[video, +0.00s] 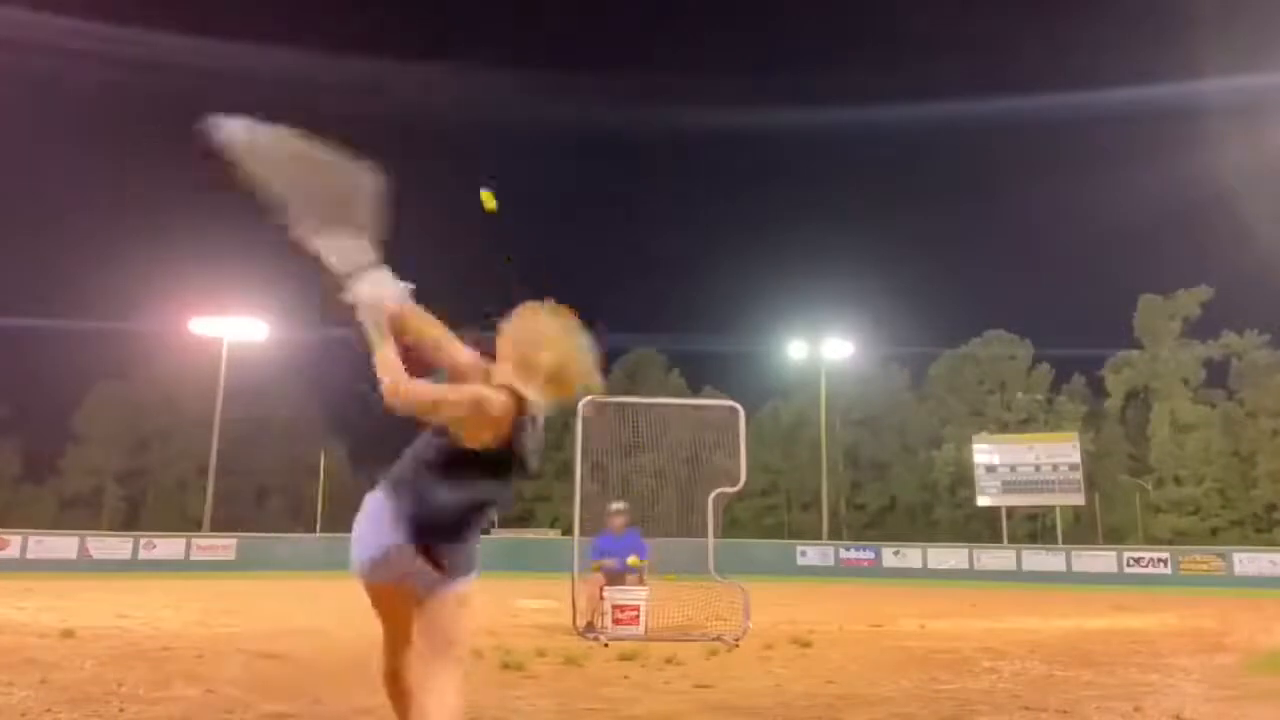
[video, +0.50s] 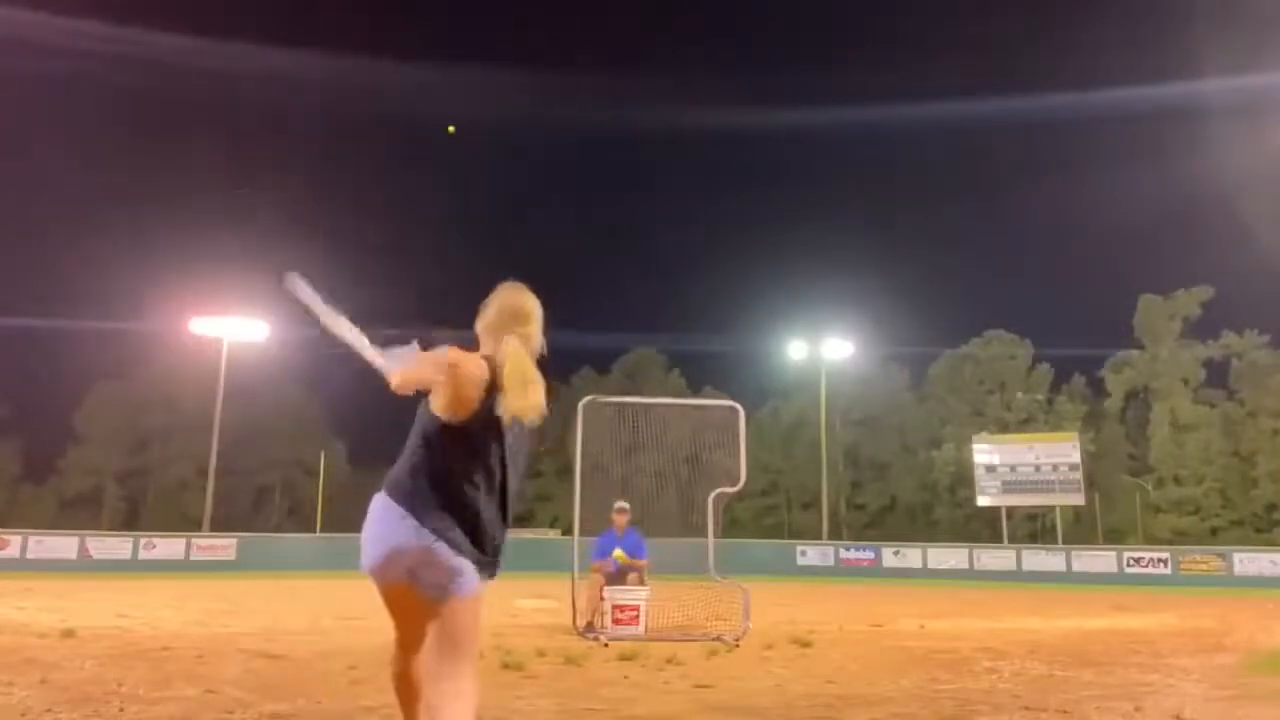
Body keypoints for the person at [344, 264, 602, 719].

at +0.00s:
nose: (503, 328)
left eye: (514, 325)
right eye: (511, 324)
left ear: (520, 349)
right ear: (551, 363)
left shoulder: (487, 401)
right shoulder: (526, 407)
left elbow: (397, 392)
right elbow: (444, 345)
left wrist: (378, 325)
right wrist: (395, 305)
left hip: (394, 521)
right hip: (453, 535)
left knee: (399, 647)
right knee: (442, 662)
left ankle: (412, 714)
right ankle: (431, 714)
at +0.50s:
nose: (539, 338)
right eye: (538, 329)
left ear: (482, 324)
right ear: (535, 335)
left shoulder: (456, 363)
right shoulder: (524, 385)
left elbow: (401, 379)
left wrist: (402, 360)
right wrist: (425, 359)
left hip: (395, 519)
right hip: (452, 540)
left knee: (410, 645)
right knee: (453, 671)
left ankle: (417, 716)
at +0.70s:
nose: (505, 324)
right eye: (503, 315)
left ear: (449, 308)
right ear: (498, 322)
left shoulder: (407, 350)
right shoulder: (500, 381)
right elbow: (498, 445)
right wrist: (502, 468)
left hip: (373, 509)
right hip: (433, 531)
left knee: (407, 635)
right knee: (450, 646)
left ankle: (413, 714)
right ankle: (440, 714)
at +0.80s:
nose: (490, 314)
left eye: (489, 305)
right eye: (489, 306)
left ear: (434, 303)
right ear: (483, 312)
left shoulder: (409, 345)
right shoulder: (476, 367)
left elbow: (468, 400)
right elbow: (482, 454)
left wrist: (525, 438)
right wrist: (533, 474)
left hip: (366, 512)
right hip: (423, 521)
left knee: (407, 633)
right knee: (444, 637)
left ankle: (410, 714)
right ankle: (424, 714)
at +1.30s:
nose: (458, 261)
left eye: (451, 250)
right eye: (446, 251)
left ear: (424, 267)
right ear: (416, 266)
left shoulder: (444, 328)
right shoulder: (383, 320)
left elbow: (478, 418)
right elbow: (347, 408)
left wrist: (460, 363)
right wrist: (419, 365)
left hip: (384, 504)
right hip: (350, 503)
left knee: (390, 638)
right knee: (400, 633)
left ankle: (372, 713)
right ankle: (368, 714)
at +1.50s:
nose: (443, 235)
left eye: (438, 225)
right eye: (431, 225)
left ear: (413, 238)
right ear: (397, 236)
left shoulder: (447, 314)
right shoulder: (356, 296)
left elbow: (468, 383)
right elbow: (316, 381)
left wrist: (426, 333)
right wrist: (380, 322)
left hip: (387, 492)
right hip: (334, 487)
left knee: (360, 625)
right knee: (373, 625)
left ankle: (309, 709)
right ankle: (341, 712)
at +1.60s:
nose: (427, 241)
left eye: (425, 233)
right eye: (415, 232)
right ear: (381, 240)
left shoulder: (430, 308)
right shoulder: (336, 289)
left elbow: (455, 371)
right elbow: (298, 372)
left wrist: (407, 320)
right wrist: (356, 300)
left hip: (370, 488)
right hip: (320, 482)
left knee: (332, 628)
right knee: (360, 620)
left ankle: (243, 709)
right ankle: (332, 713)